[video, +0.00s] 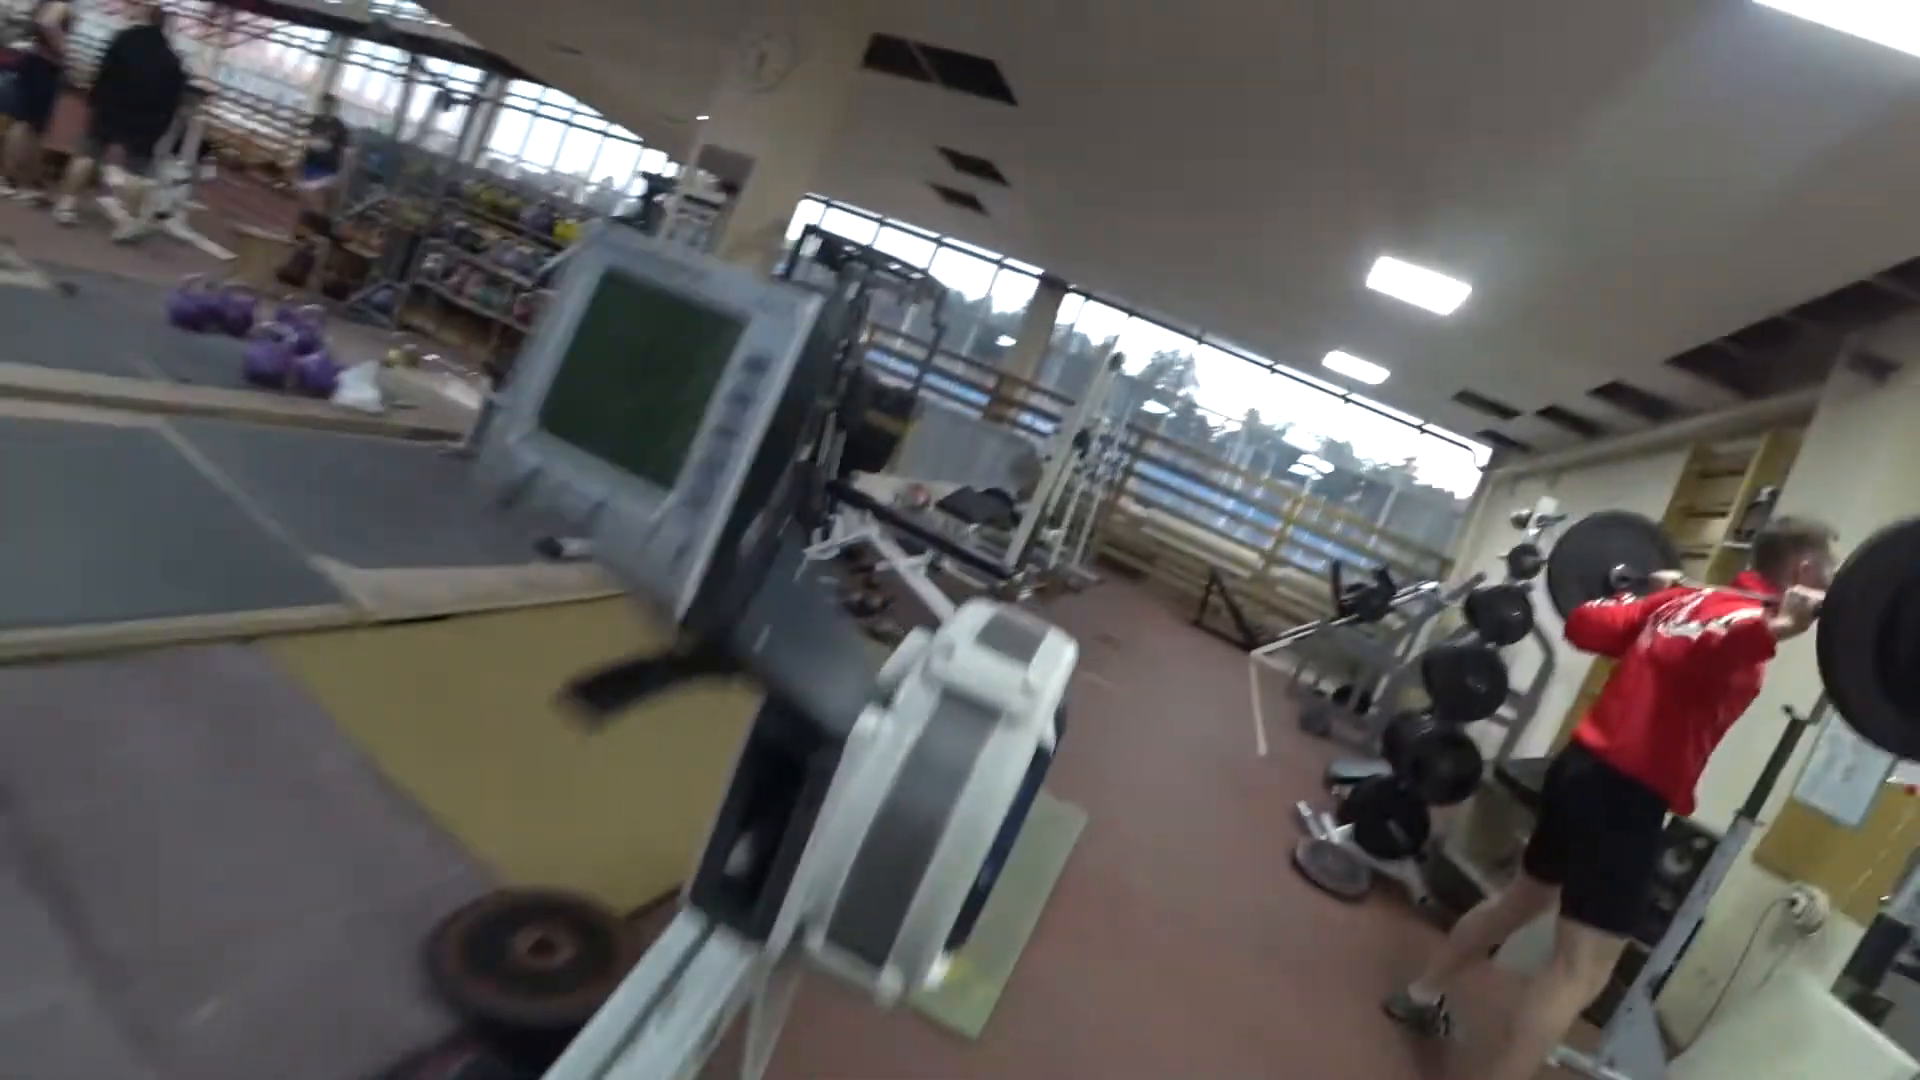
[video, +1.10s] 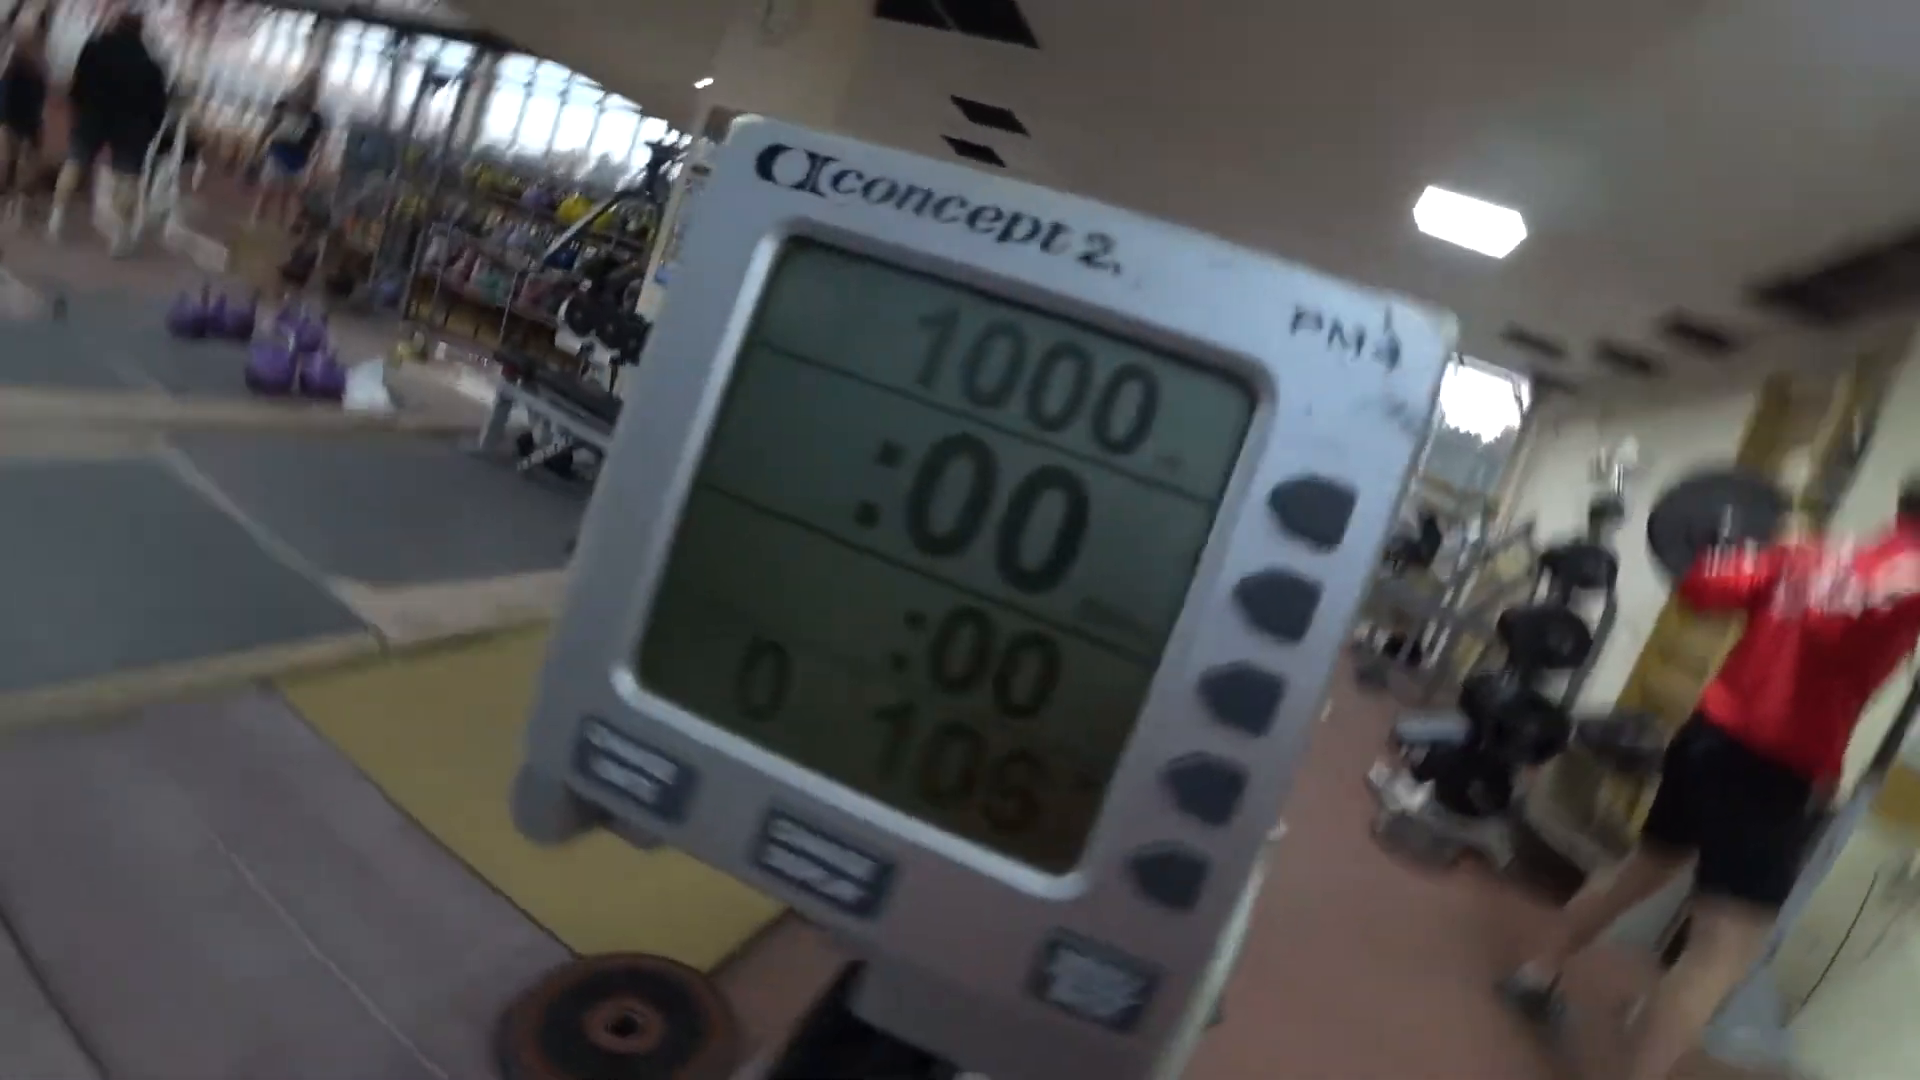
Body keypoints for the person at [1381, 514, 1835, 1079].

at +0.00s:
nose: (1827, 592)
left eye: (1828, 578)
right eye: (1825, 578)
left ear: (1757, 561)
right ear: (1800, 577)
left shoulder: (1679, 598)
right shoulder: (1753, 621)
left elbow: (1584, 625)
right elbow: (1709, 649)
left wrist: (1647, 595)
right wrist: (1776, 629)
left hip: (1578, 765)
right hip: (1631, 799)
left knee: (1522, 898)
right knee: (1577, 971)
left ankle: (1419, 994)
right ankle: (1509, 1069)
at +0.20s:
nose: (1814, 637)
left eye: (1816, 621)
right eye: (1808, 619)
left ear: (1750, 602)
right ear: (1780, 614)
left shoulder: (1674, 632)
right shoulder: (1747, 660)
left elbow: (1578, 652)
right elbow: (1670, 686)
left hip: (1569, 802)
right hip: (1631, 837)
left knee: (1507, 928)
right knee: (1568, 1003)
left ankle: (1398, 1029)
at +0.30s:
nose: (1816, 720)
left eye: (1819, 706)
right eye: (1813, 705)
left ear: (1752, 683)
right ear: (1784, 698)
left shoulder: (1665, 710)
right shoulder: (1742, 746)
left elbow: (1568, 720)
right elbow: (1668, 769)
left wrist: (1636, 701)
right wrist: (1767, 758)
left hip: (1548, 868)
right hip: (1603, 907)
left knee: (1475, 987)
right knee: (1537, 1058)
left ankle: (1361, 1067)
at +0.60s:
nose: (1900, 778)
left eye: (1904, 768)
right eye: (1901, 765)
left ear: (1832, 738)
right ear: (1876, 756)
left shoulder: (1740, 759)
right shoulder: (1824, 801)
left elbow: (1627, 762)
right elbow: (1770, 827)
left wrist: (1698, 749)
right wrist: (1860, 814)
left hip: (1602, 915)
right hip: (1658, 964)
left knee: (1515, 1040)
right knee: (1595, 1075)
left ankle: (1418, 1077)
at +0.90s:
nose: (1914, 711)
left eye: (1915, 698)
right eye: (1916, 699)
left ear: (1859, 675)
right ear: (1903, 695)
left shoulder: (1768, 699)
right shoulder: (1869, 745)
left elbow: (1661, 714)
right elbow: (1830, 761)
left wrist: (1707, 681)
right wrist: (1890, 756)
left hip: (1643, 864)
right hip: (1704, 910)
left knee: (1558, 985)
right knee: (1631, 1058)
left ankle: (1440, 1065)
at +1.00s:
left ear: (1883, 582)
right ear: (1919, 603)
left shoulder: (1794, 624)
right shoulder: (1898, 659)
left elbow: (1683, 643)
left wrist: (1733, 614)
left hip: (1678, 797)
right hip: (1745, 841)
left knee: (1604, 925)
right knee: (1675, 1016)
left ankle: (1492, 1023)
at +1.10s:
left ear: (1900, 503)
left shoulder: (1813, 555)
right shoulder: (1911, 583)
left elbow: (1702, 583)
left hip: (1711, 735)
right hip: (1783, 772)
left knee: (1647, 863)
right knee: (1724, 947)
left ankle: (1536, 974)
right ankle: (1643, 1067)